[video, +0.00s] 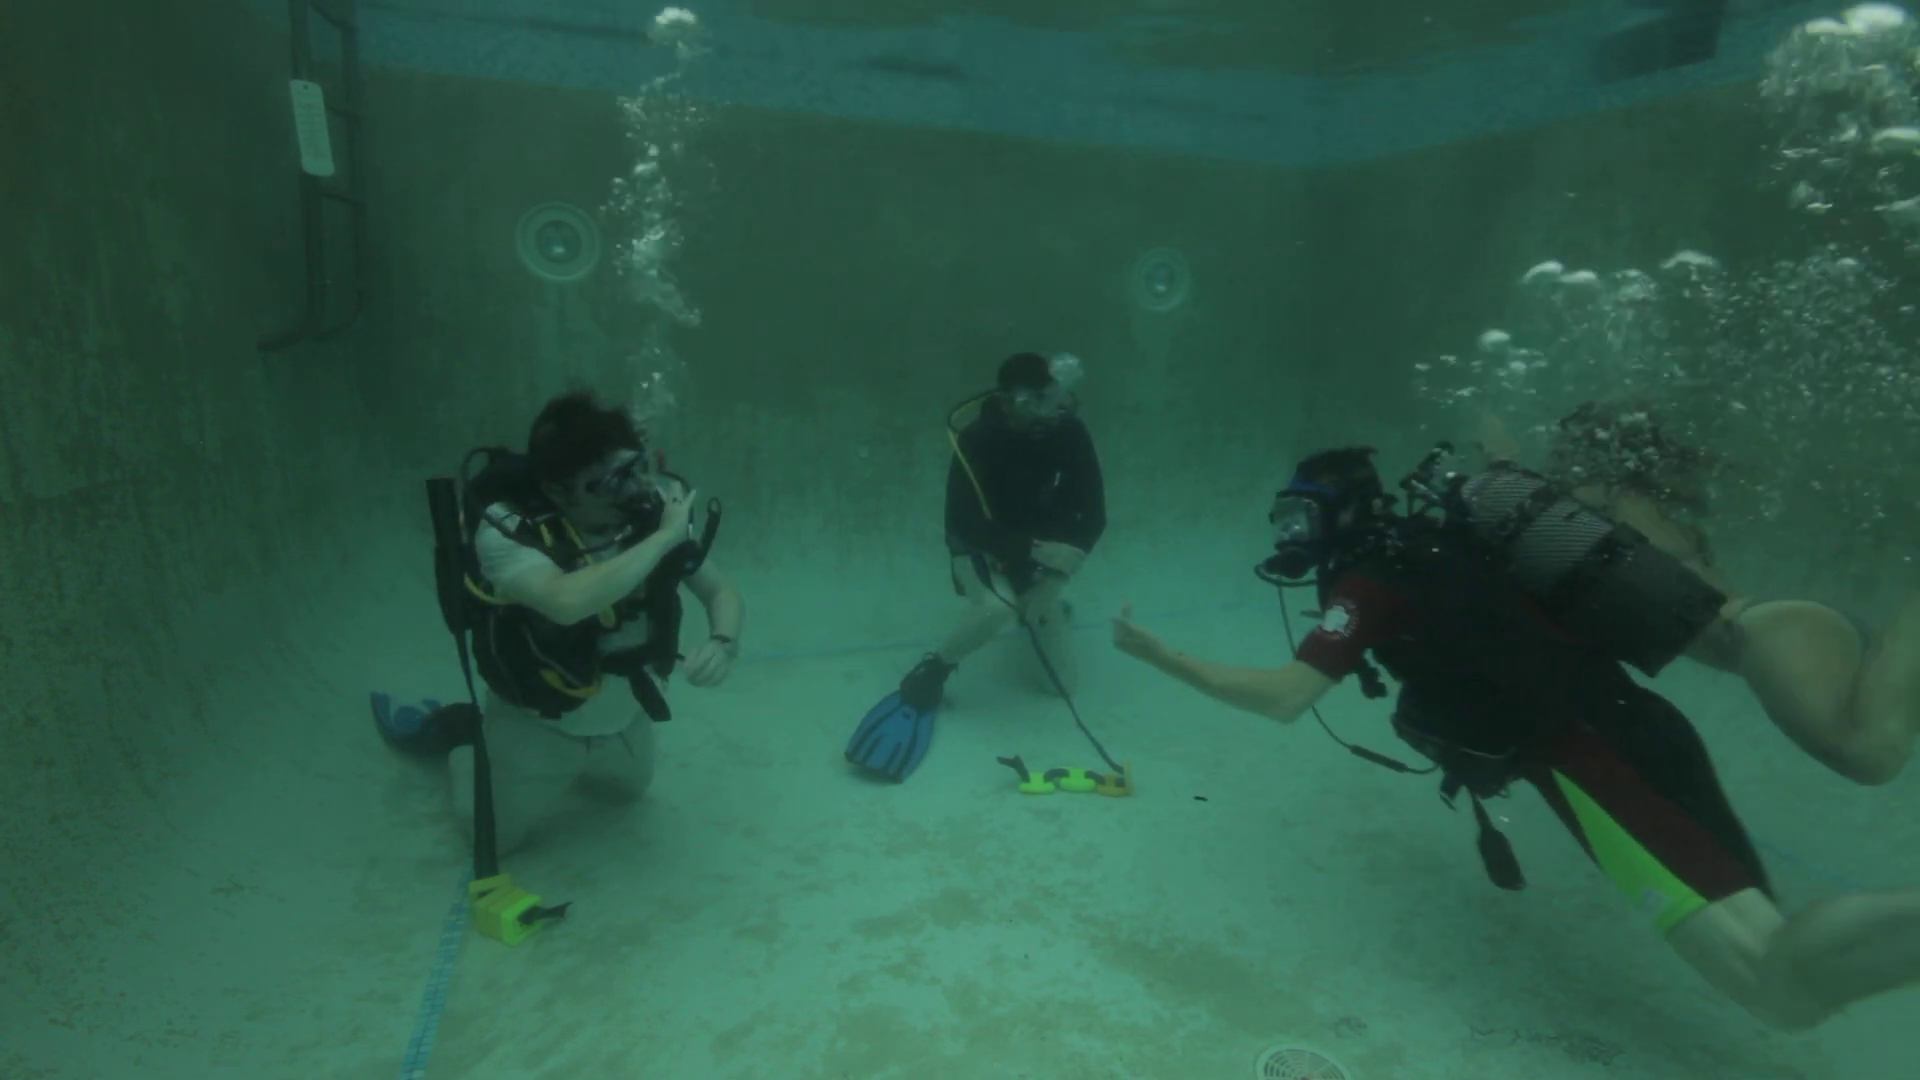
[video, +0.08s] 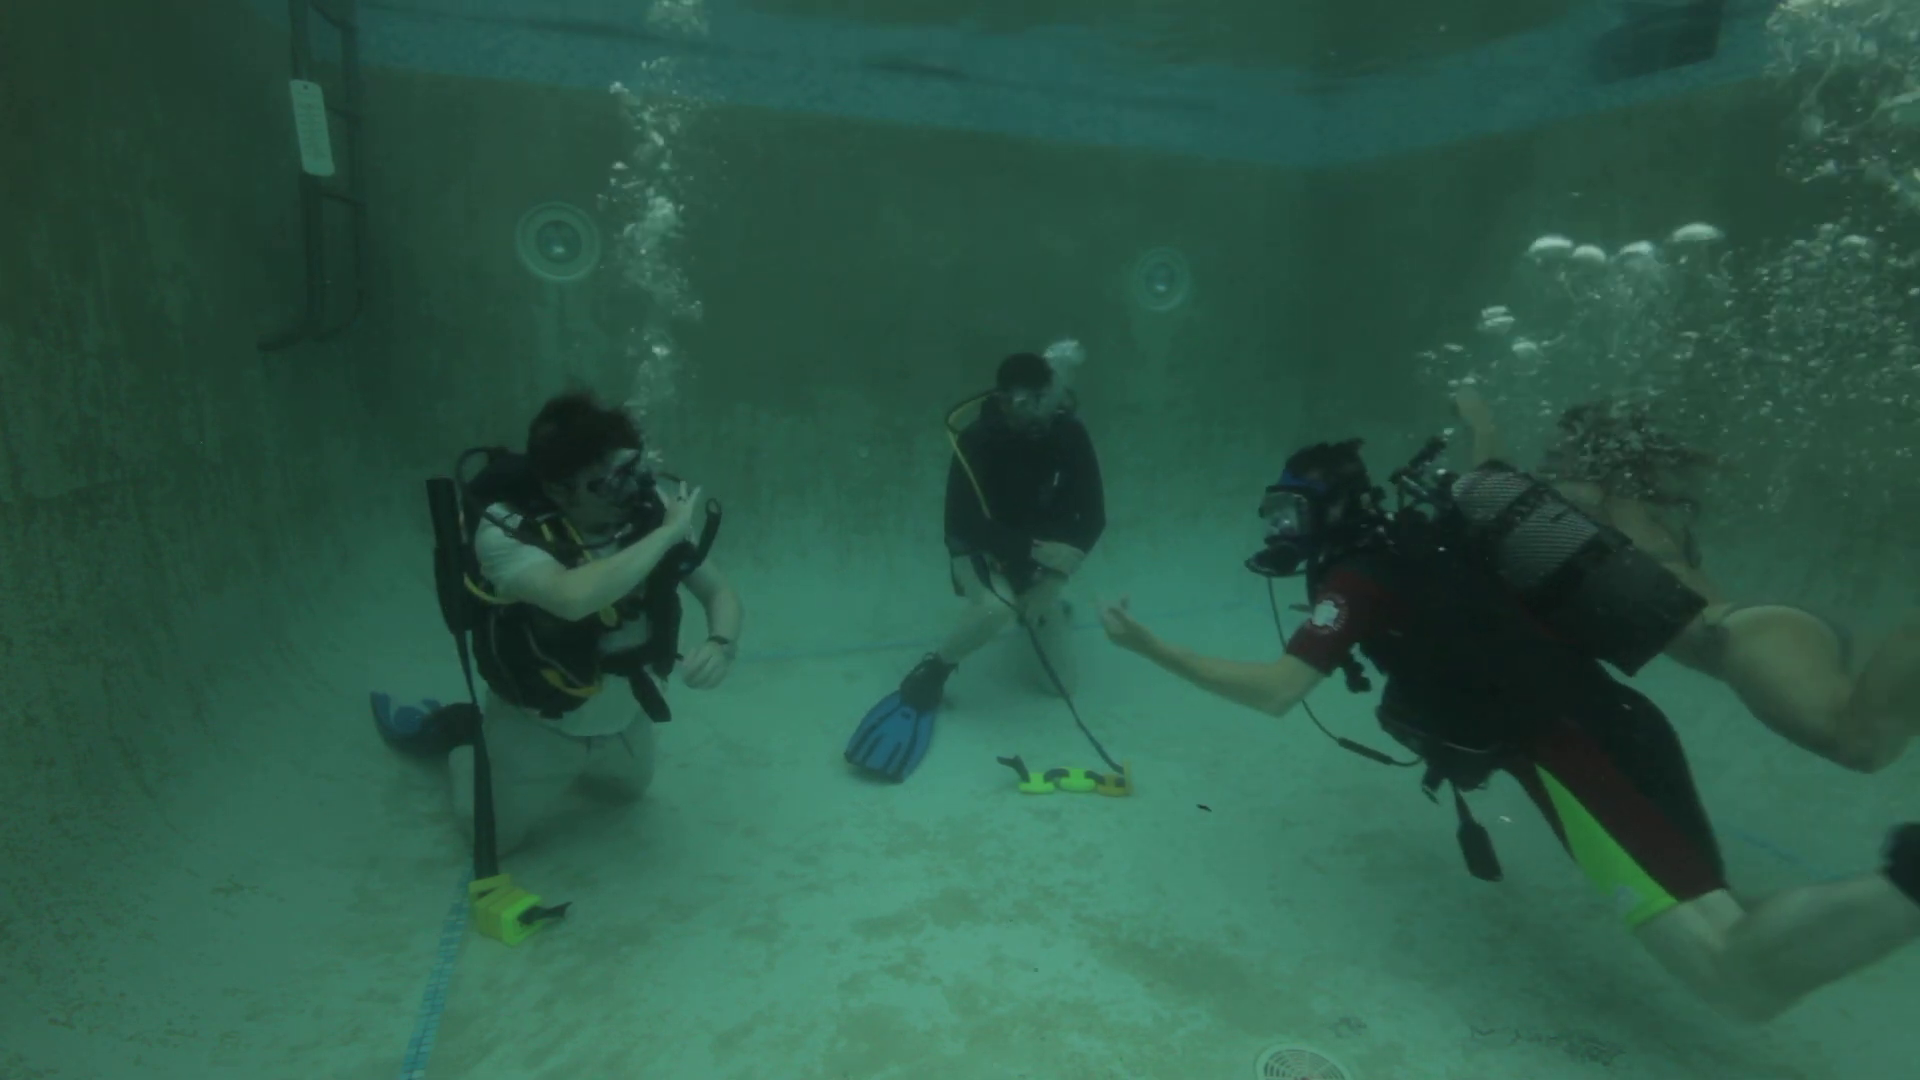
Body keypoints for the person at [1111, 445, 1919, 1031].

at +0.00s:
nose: (1288, 546)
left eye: (1300, 527)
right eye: (1286, 527)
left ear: (1346, 515)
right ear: (1361, 508)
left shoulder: (1377, 580)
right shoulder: (1429, 547)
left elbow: (1280, 695)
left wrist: (1165, 656)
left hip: (1596, 753)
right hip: (1629, 723)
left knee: (1777, 982)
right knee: (1778, 948)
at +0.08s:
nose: (1276, 540)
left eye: (1288, 522)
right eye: (1275, 522)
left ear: (1334, 510)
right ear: (1351, 502)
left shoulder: (1365, 576)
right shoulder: (1417, 532)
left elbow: (1273, 689)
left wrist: (1157, 648)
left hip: (1578, 752)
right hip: (1605, 723)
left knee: (1736, 976)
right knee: (1734, 943)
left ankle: (1906, 881)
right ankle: (1902, 880)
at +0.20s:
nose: (1261, 526)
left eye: (1272, 509)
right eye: (1262, 509)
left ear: (1315, 502)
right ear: (1337, 494)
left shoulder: (1342, 569)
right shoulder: (1397, 530)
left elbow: (1258, 682)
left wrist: (1146, 633)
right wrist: (1456, 447)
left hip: (1549, 750)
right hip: (1578, 718)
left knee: (1669, 969)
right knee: (1649, 925)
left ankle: (1865, 874)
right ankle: (1812, 865)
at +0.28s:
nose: (1250, 521)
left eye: (1261, 503)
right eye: (1251, 504)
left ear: (1300, 497)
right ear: (1325, 487)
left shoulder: (1329, 563)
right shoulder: (1381, 530)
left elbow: (1257, 676)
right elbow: (1474, 499)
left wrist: (1156, 625)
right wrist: (1443, 429)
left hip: (1530, 745)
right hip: (1552, 714)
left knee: (1634, 967)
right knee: (1606, 914)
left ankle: (1826, 870)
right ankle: (1760, 859)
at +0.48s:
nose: (1229, 518)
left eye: (1242, 503)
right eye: (1230, 503)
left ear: (1280, 495)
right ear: (1293, 485)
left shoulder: (1314, 560)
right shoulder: (1350, 517)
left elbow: (1225, 661)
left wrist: (1162, 575)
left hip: (1500, 732)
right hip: (1496, 706)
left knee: (1560, 950)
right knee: (1505, 877)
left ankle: (1736, 866)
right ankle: (1649, 847)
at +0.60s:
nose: (1221, 516)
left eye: (1231, 500)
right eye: (1221, 500)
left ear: (1270, 491)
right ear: (1284, 484)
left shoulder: (1304, 553)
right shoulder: (1335, 519)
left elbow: (1208, 649)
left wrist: (1156, 557)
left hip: (1479, 730)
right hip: (1464, 708)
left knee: (1529, 950)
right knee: (1435, 835)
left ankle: (1701, 863)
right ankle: (1589, 844)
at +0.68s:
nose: (1212, 514)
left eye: (1220, 500)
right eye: (1213, 499)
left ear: (1256, 493)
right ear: (1275, 485)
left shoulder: (1295, 551)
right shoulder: (1321, 523)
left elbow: (1200, 646)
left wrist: (1155, 549)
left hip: (1466, 725)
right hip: (1440, 713)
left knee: (1507, 949)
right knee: (1404, 854)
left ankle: (1682, 861)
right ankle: (1562, 851)